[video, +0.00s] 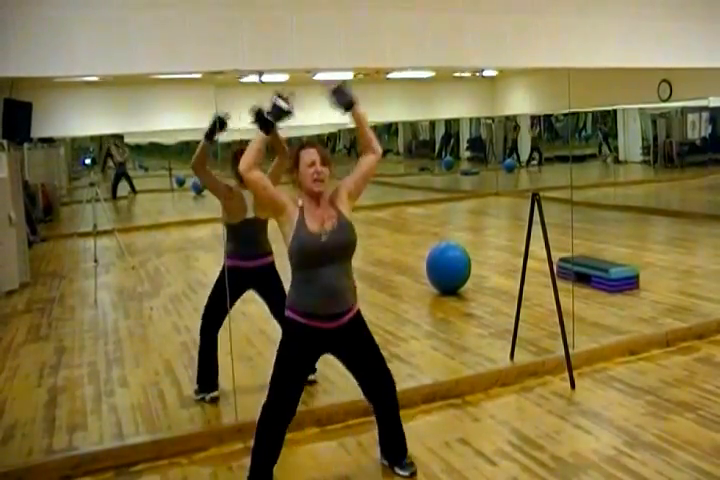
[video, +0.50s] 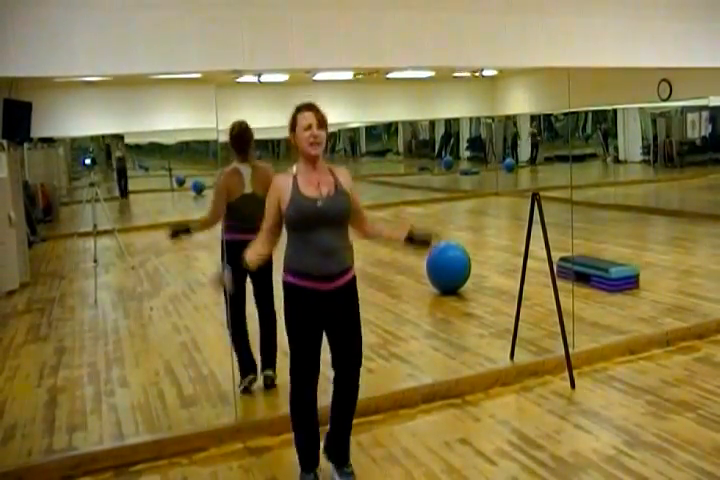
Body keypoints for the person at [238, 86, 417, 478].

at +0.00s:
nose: (317, 169)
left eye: (321, 163)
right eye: (309, 164)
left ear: (329, 170)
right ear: (297, 174)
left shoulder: (342, 199)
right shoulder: (288, 208)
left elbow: (373, 152)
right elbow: (247, 170)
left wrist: (354, 108)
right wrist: (266, 125)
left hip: (348, 323)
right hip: (303, 327)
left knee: (384, 390)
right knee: (278, 410)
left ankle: (395, 456)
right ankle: (259, 476)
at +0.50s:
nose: (315, 134)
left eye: (319, 127)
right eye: (307, 129)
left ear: (327, 133)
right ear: (293, 136)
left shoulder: (341, 176)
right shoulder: (282, 183)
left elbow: (363, 226)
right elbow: (266, 235)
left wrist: (403, 235)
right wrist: (251, 258)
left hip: (342, 286)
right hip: (300, 288)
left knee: (349, 370)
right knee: (304, 375)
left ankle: (338, 453)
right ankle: (307, 465)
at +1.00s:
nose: (315, 136)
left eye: (320, 129)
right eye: (307, 131)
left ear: (328, 136)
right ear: (294, 139)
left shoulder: (344, 168)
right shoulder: (282, 175)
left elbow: (391, 149)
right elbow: (229, 174)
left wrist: (420, 113)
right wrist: (214, 132)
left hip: (347, 287)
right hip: (303, 291)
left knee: (372, 374)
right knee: (289, 386)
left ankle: (395, 451)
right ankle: (269, 473)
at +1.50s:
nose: (313, 125)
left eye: (317, 119)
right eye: (305, 121)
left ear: (325, 123)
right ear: (292, 130)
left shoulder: (343, 162)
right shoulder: (280, 173)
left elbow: (389, 174)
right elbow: (239, 208)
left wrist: (418, 143)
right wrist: (213, 186)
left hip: (344, 276)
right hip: (302, 280)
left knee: (360, 362)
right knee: (296, 373)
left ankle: (368, 442)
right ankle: (288, 464)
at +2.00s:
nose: (317, 134)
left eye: (320, 128)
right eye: (308, 131)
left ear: (328, 133)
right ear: (295, 141)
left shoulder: (345, 176)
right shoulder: (285, 189)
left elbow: (375, 218)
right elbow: (266, 243)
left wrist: (419, 243)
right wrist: (245, 263)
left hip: (348, 288)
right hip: (306, 292)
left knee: (360, 374)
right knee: (312, 379)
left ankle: (356, 459)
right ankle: (308, 470)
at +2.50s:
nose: (326, 158)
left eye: (330, 151)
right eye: (318, 153)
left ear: (338, 157)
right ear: (306, 162)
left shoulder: (351, 188)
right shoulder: (296, 197)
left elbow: (385, 145)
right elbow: (251, 164)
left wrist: (371, 99)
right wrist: (268, 117)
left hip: (358, 311)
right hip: (314, 315)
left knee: (390, 384)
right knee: (297, 405)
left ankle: (402, 452)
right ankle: (278, 478)